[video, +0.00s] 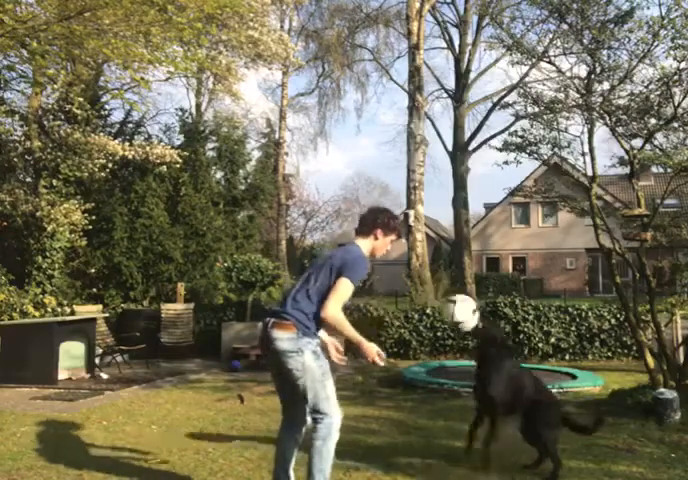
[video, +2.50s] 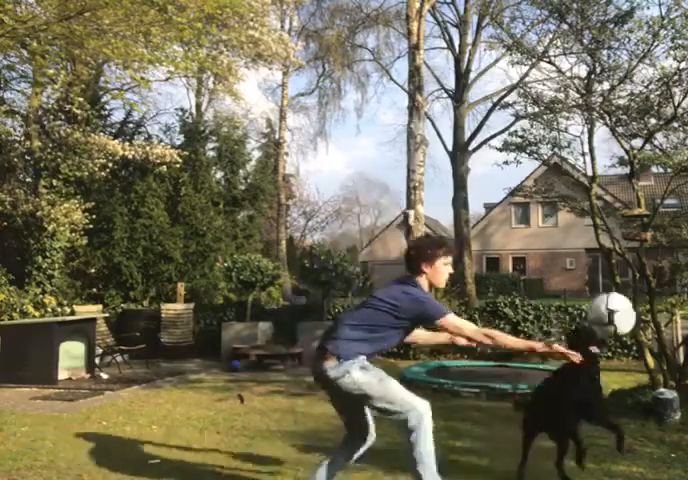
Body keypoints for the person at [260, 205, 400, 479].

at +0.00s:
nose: (388, 249)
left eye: (391, 243)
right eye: (389, 241)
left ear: (366, 231)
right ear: (377, 233)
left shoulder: (335, 254)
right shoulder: (357, 260)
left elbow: (299, 304)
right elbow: (330, 311)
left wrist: (324, 338)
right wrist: (362, 343)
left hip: (274, 331)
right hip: (295, 337)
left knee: (294, 415)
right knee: (328, 416)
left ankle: (282, 475)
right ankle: (320, 475)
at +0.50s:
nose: (382, 224)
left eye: (385, 218)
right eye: (383, 216)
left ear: (363, 209)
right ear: (367, 208)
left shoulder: (338, 237)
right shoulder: (349, 241)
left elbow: (337, 291)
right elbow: (340, 298)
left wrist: (369, 290)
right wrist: (378, 278)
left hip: (292, 331)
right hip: (307, 336)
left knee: (306, 412)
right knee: (334, 416)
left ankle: (286, 474)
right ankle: (321, 475)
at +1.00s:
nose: (381, 224)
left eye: (386, 218)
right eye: (383, 215)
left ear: (365, 204)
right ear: (367, 202)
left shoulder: (343, 231)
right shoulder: (343, 231)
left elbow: (317, 277)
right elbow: (302, 268)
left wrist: (351, 300)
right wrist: (345, 299)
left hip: (311, 332)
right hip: (311, 334)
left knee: (316, 415)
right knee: (326, 417)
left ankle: (297, 474)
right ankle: (315, 475)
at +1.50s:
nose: (377, 224)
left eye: (382, 219)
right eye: (379, 216)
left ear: (363, 204)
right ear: (364, 203)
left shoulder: (336, 230)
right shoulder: (337, 231)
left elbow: (323, 288)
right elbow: (317, 288)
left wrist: (365, 306)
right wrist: (364, 306)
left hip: (305, 331)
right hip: (307, 333)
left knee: (311, 414)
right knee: (323, 416)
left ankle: (302, 473)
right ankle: (313, 475)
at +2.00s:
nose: (393, 224)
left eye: (396, 218)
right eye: (394, 216)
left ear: (375, 209)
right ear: (377, 208)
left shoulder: (349, 237)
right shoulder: (356, 240)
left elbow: (332, 300)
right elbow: (336, 297)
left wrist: (366, 326)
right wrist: (382, 319)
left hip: (309, 333)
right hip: (310, 335)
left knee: (319, 416)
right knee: (331, 419)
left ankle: (306, 474)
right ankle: (318, 475)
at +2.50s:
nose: (450, 272)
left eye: (449, 264)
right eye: (446, 264)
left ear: (423, 266)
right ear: (425, 265)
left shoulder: (399, 291)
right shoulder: (417, 297)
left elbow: (410, 335)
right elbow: (481, 336)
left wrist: (456, 337)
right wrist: (542, 348)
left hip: (329, 362)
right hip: (345, 363)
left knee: (360, 433)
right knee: (418, 411)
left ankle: (322, 474)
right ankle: (429, 475)